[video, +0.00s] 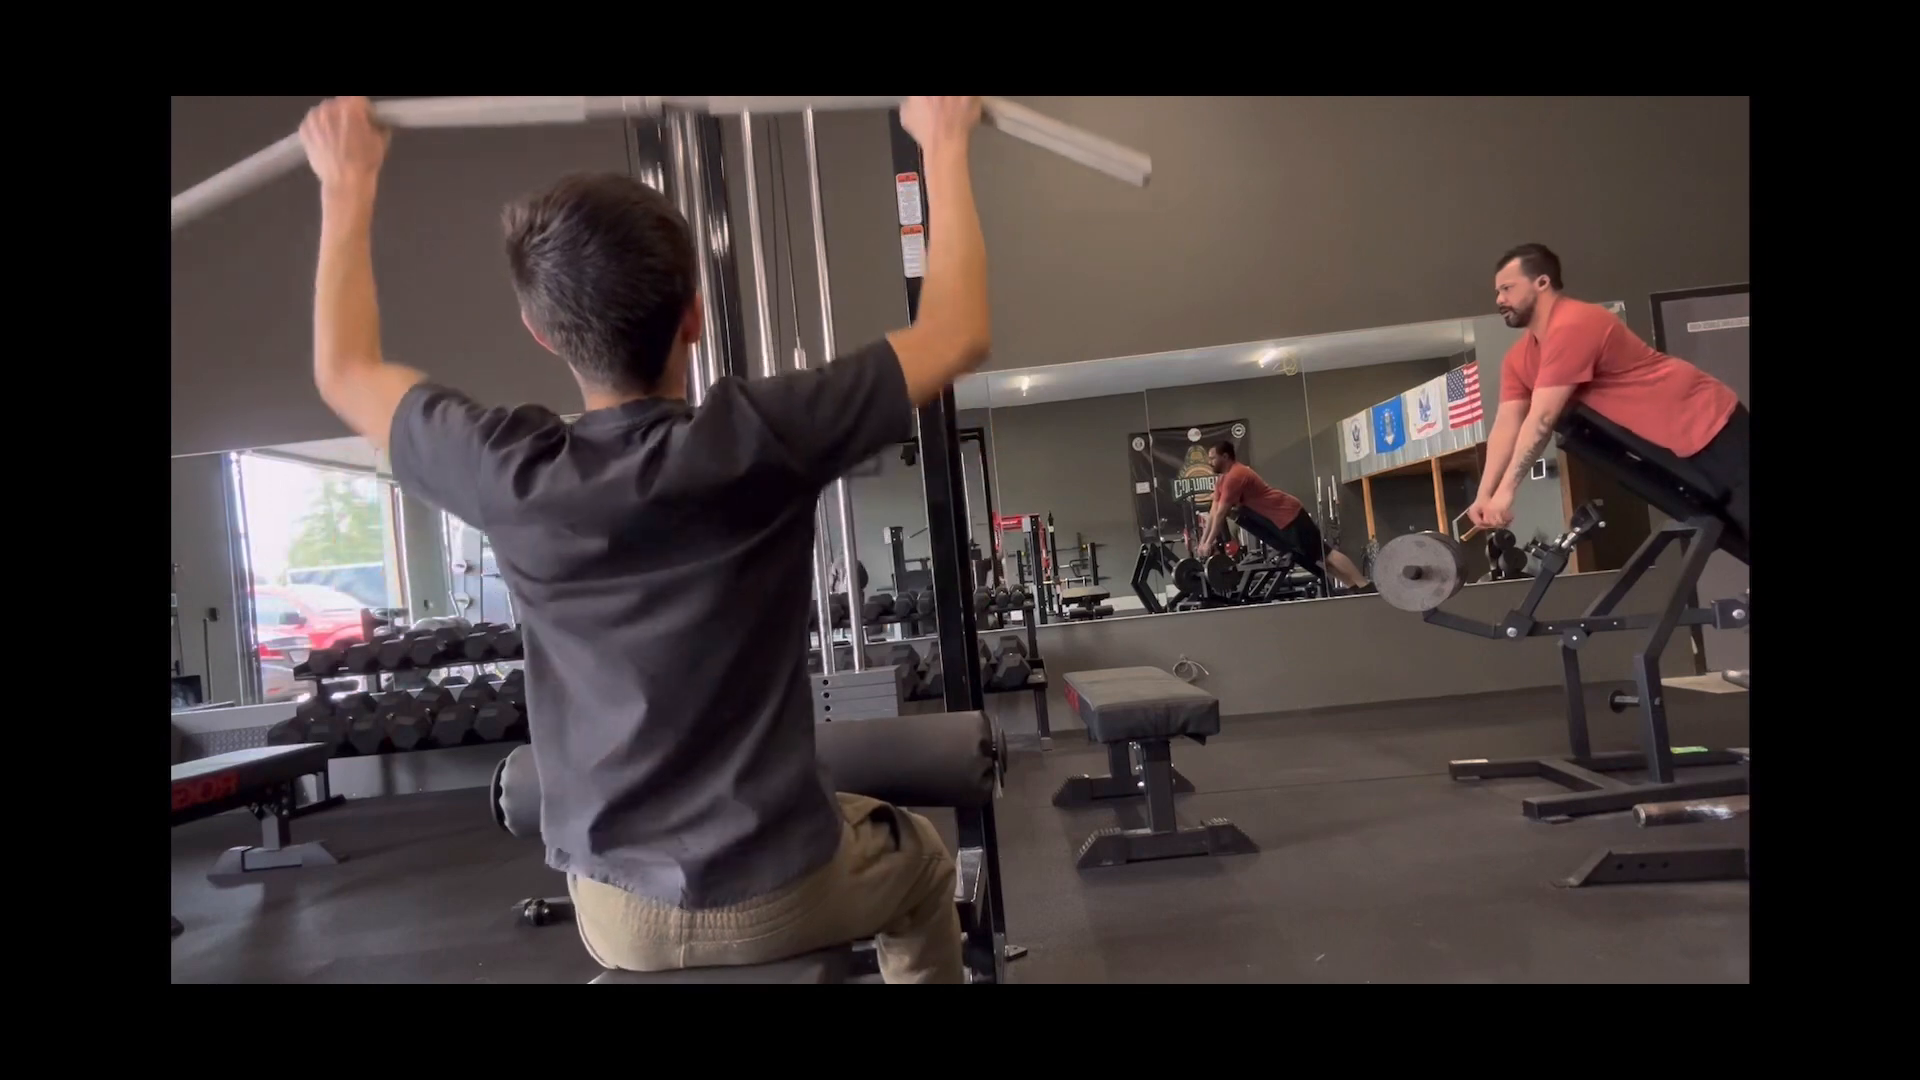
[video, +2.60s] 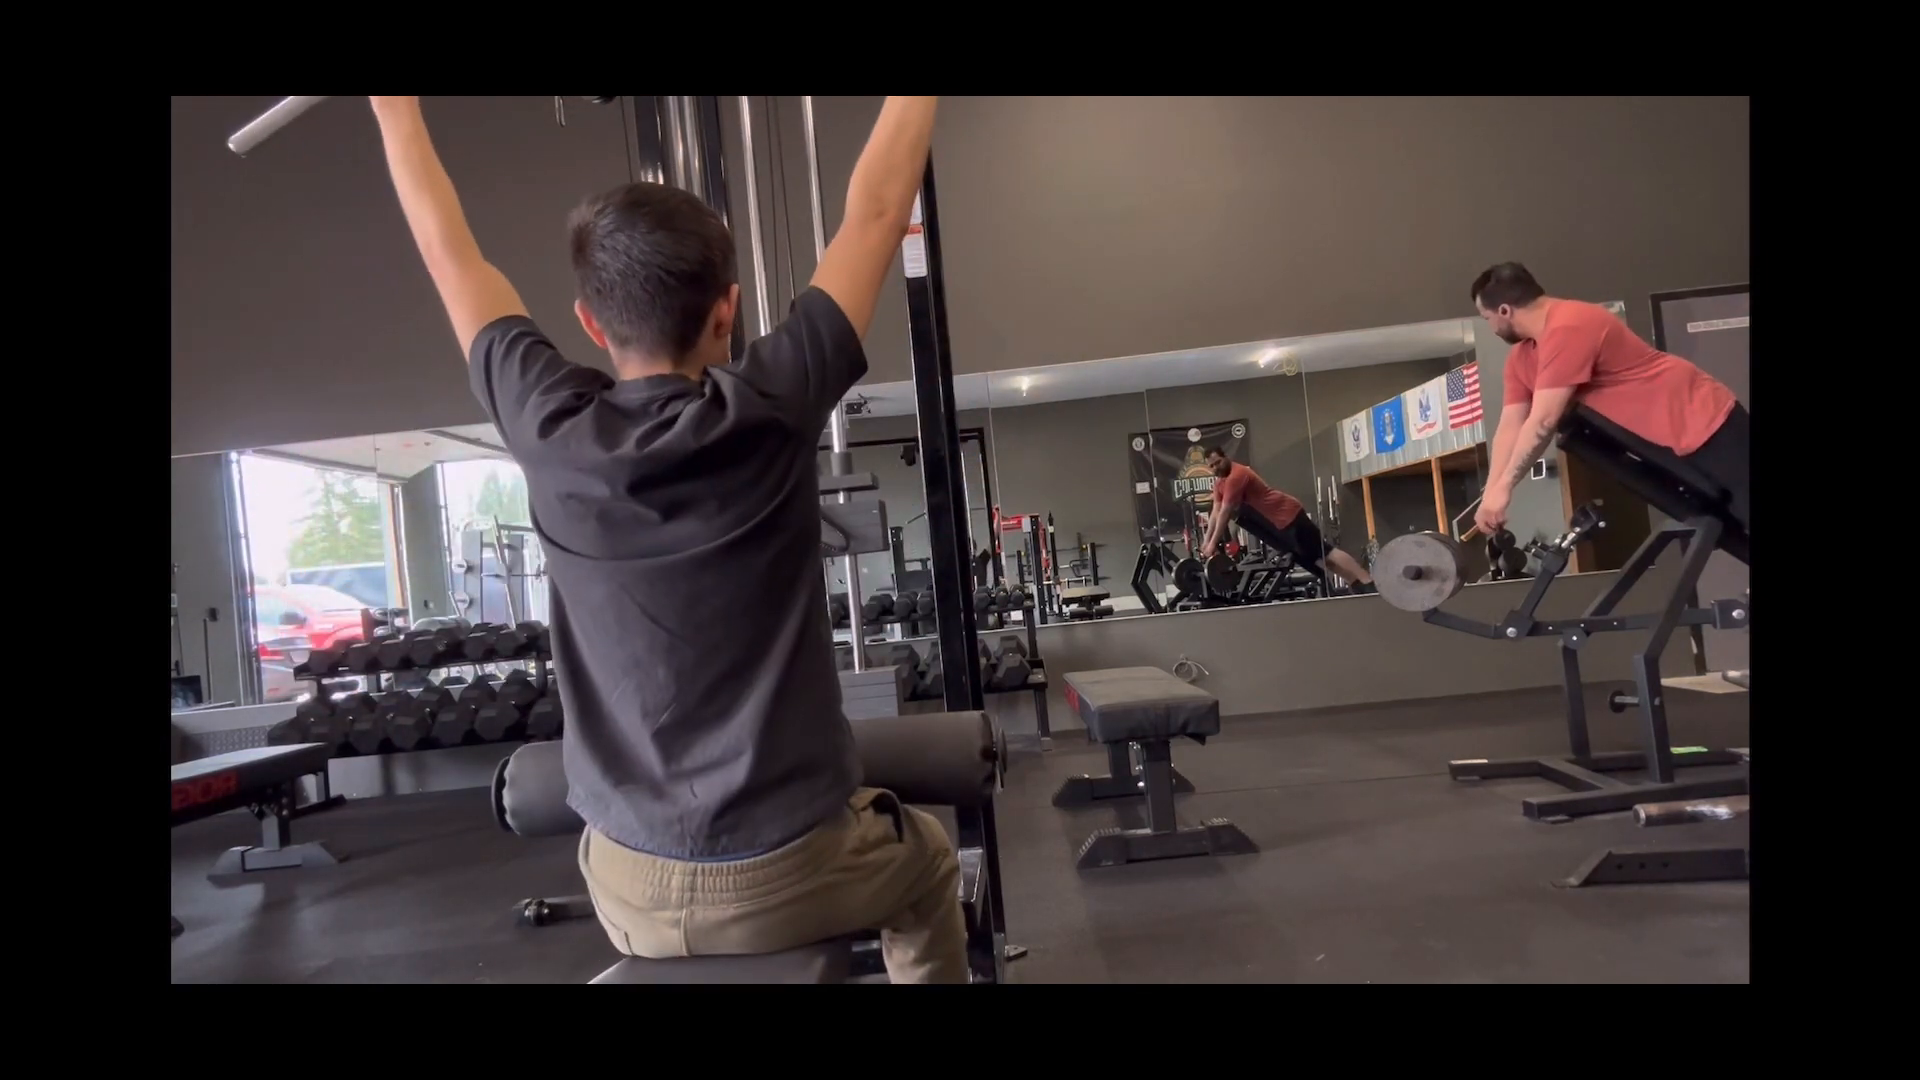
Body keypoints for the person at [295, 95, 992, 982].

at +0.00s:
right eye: (697, 286)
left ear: (539, 333)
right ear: (694, 314)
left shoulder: (511, 471)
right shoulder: (764, 435)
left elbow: (344, 368)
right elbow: (956, 336)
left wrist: (344, 184)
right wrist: (948, 148)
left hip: (610, 912)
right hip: (775, 901)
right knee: (920, 859)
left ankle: (621, 975)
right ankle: (927, 981)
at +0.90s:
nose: (685, 308)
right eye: (682, 293)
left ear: (516, 338)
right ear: (675, 316)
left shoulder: (479, 481)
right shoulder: (744, 452)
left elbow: (290, 387)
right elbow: (951, 349)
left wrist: (305, 183)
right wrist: (939, 145)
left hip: (612, 909)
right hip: (772, 899)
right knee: (919, 862)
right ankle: (924, 981)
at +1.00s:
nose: (679, 316)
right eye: (679, 299)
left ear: (509, 343)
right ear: (669, 320)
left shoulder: (467, 501)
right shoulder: (730, 471)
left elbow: (261, 469)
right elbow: (970, 416)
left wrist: (296, 269)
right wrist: (947, 220)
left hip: (608, 917)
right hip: (773, 904)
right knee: (918, 863)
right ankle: (921, 973)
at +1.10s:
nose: (678, 321)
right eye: (676, 302)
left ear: (510, 348)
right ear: (670, 325)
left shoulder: (462, 515)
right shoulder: (730, 476)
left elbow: (255, 562)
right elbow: (979, 491)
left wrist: (305, 371)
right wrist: (956, 294)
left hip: (607, 923)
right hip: (772, 911)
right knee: (922, 860)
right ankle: (927, 982)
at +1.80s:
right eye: (695, 298)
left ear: (534, 340)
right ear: (691, 320)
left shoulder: (496, 494)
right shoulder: (764, 460)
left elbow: (317, 453)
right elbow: (967, 410)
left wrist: (344, 275)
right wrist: (955, 229)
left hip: (610, 914)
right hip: (777, 905)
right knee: (925, 858)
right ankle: (923, 976)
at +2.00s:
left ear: (542, 330)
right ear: (696, 317)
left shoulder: (511, 463)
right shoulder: (762, 433)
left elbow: (359, 320)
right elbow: (918, 291)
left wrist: (340, 137)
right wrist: (936, 101)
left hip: (614, 910)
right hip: (780, 897)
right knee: (919, 854)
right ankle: (929, 978)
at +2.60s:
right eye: (734, 297)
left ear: (590, 324)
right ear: (726, 316)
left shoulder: (553, 424)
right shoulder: (773, 399)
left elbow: (447, 252)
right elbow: (875, 217)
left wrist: (393, 103)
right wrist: (917, 87)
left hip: (626, 889)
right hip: (789, 883)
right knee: (923, 857)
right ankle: (927, 979)